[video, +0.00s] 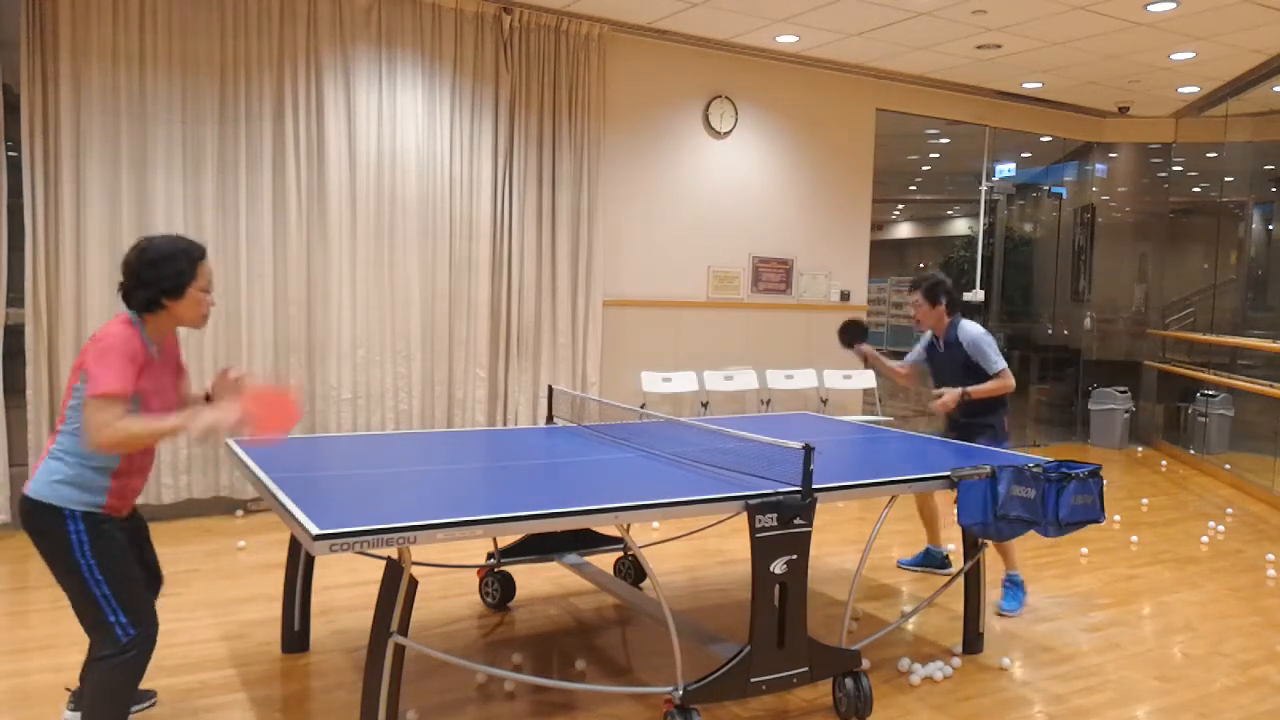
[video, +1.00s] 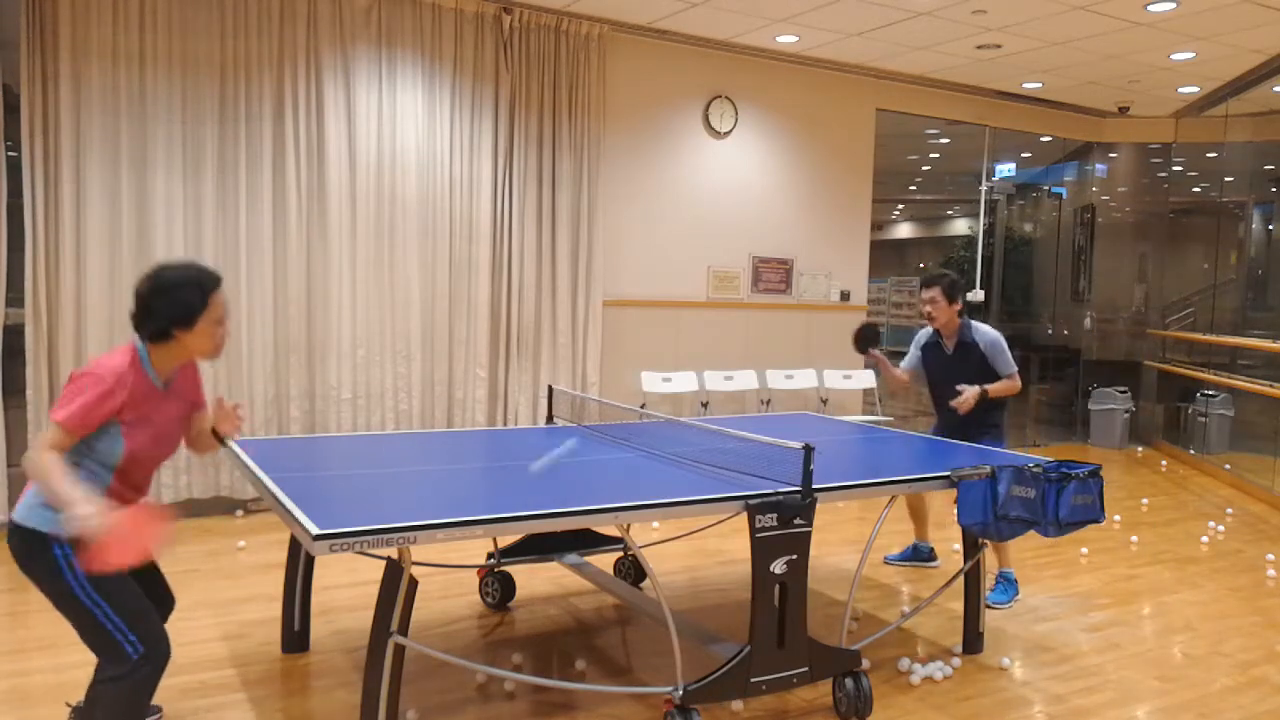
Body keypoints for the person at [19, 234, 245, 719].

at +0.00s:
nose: (210, 302)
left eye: (209, 290)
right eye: (203, 291)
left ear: (168, 297)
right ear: (166, 296)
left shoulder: (166, 342)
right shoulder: (116, 342)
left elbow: (174, 413)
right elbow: (102, 433)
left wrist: (214, 400)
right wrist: (194, 419)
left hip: (111, 502)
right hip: (66, 505)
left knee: (145, 585)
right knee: (129, 631)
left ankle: (99, 691)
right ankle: (97, 711)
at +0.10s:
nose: (220, 326)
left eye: (219, 315)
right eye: (212, 316)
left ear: (181, 324)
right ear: (175, 323)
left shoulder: (186, 367)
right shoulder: (108, 366)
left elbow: (201, 430)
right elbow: (53, 446)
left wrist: (212, 421)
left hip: (106, 508)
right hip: (54, 512)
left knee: (157, 589)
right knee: (128, 628)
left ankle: (101, 686)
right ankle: (101, 708)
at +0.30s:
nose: (232, 358)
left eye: (232, 346)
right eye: (223, 348)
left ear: (189, 354)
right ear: (184, 352)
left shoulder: (190, 391)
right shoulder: (123, 389)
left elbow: (179, 457)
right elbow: (71, 451)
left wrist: (199, 455)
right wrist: (62, 473)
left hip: (109, 526)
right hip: (55, 529)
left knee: (167, 592)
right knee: (145, 637)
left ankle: (105, 690)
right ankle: (108, 709)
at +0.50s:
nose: (211, 293)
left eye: (212, 282)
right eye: (205, 282)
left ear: (168, 281)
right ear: (170, 281)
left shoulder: (135, 325)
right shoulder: (134, 320)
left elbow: (142, 407)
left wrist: (204, 386)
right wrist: (252, 319)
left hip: (72, 500)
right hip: (85, 505)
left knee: (114, 617)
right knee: (150, 633)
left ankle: (103, 700)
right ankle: (106, 712)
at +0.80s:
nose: (205, 287)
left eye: (203, 277)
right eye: (197, 278)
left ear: (161, 286)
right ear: (161, 284)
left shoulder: (132, 331)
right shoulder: (126, 331)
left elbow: (149, 416)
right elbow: (153, 419)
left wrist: (209, 392)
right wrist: (230, 388)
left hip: (67, 510)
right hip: (80, 515)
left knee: (104, 629)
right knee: (149, 648)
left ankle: (65, 714)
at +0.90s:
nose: (215, 302)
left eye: (213, 291)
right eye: (206, 292)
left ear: (172, 301)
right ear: (169, 299)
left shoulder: (164, 351)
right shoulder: (114, 352)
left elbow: (154, 421)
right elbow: (89, 447)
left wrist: (205, 414)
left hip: (109, 517)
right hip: (63, 520)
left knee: (149, 596)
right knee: (141, 647)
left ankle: (68, 709)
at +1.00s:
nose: (226, 331)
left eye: (225, 320)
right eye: (217, 322)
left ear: (185, 328)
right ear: (181, 327)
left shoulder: (185, 374)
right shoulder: (112, 377)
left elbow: (199, 443)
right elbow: (39, 454)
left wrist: (216, 430)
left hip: (107, 519)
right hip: (49, 527)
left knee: (157, 603)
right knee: (142, 650)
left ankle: (115, 703)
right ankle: (101, 714)